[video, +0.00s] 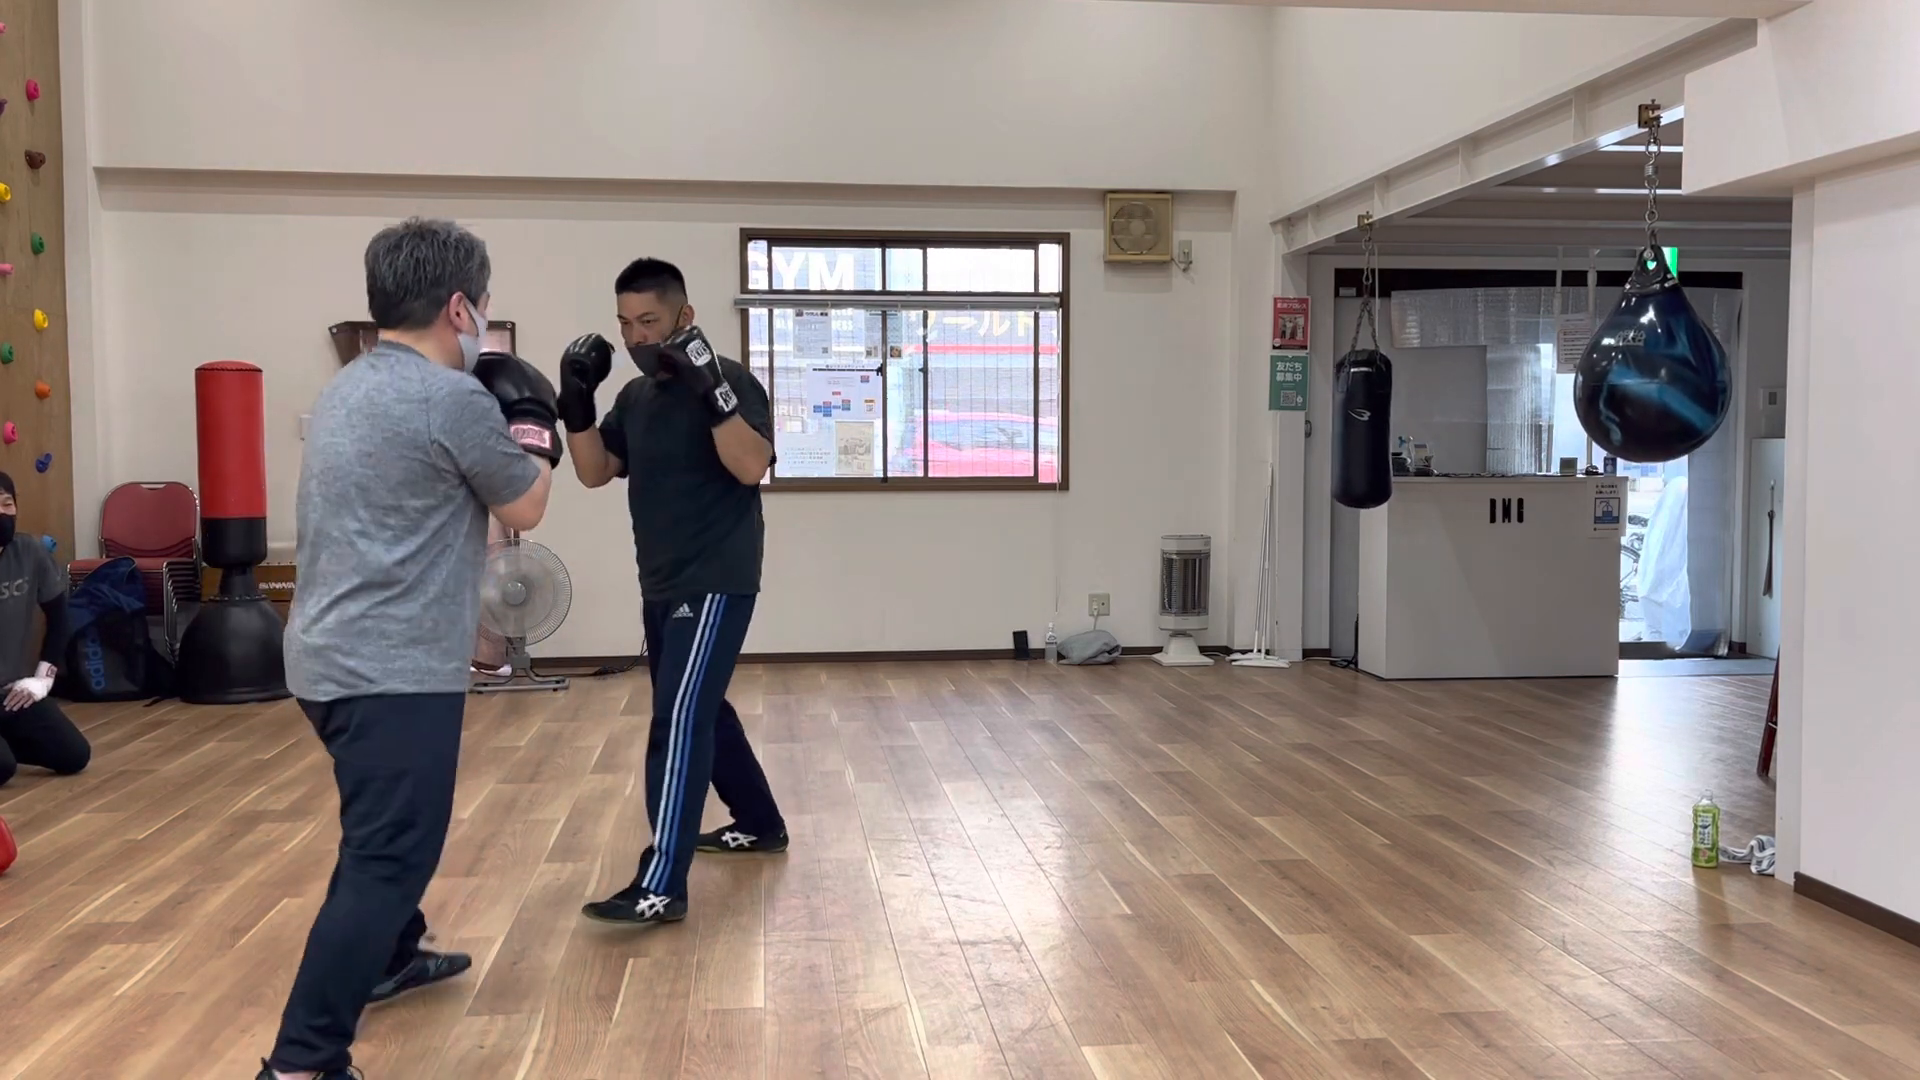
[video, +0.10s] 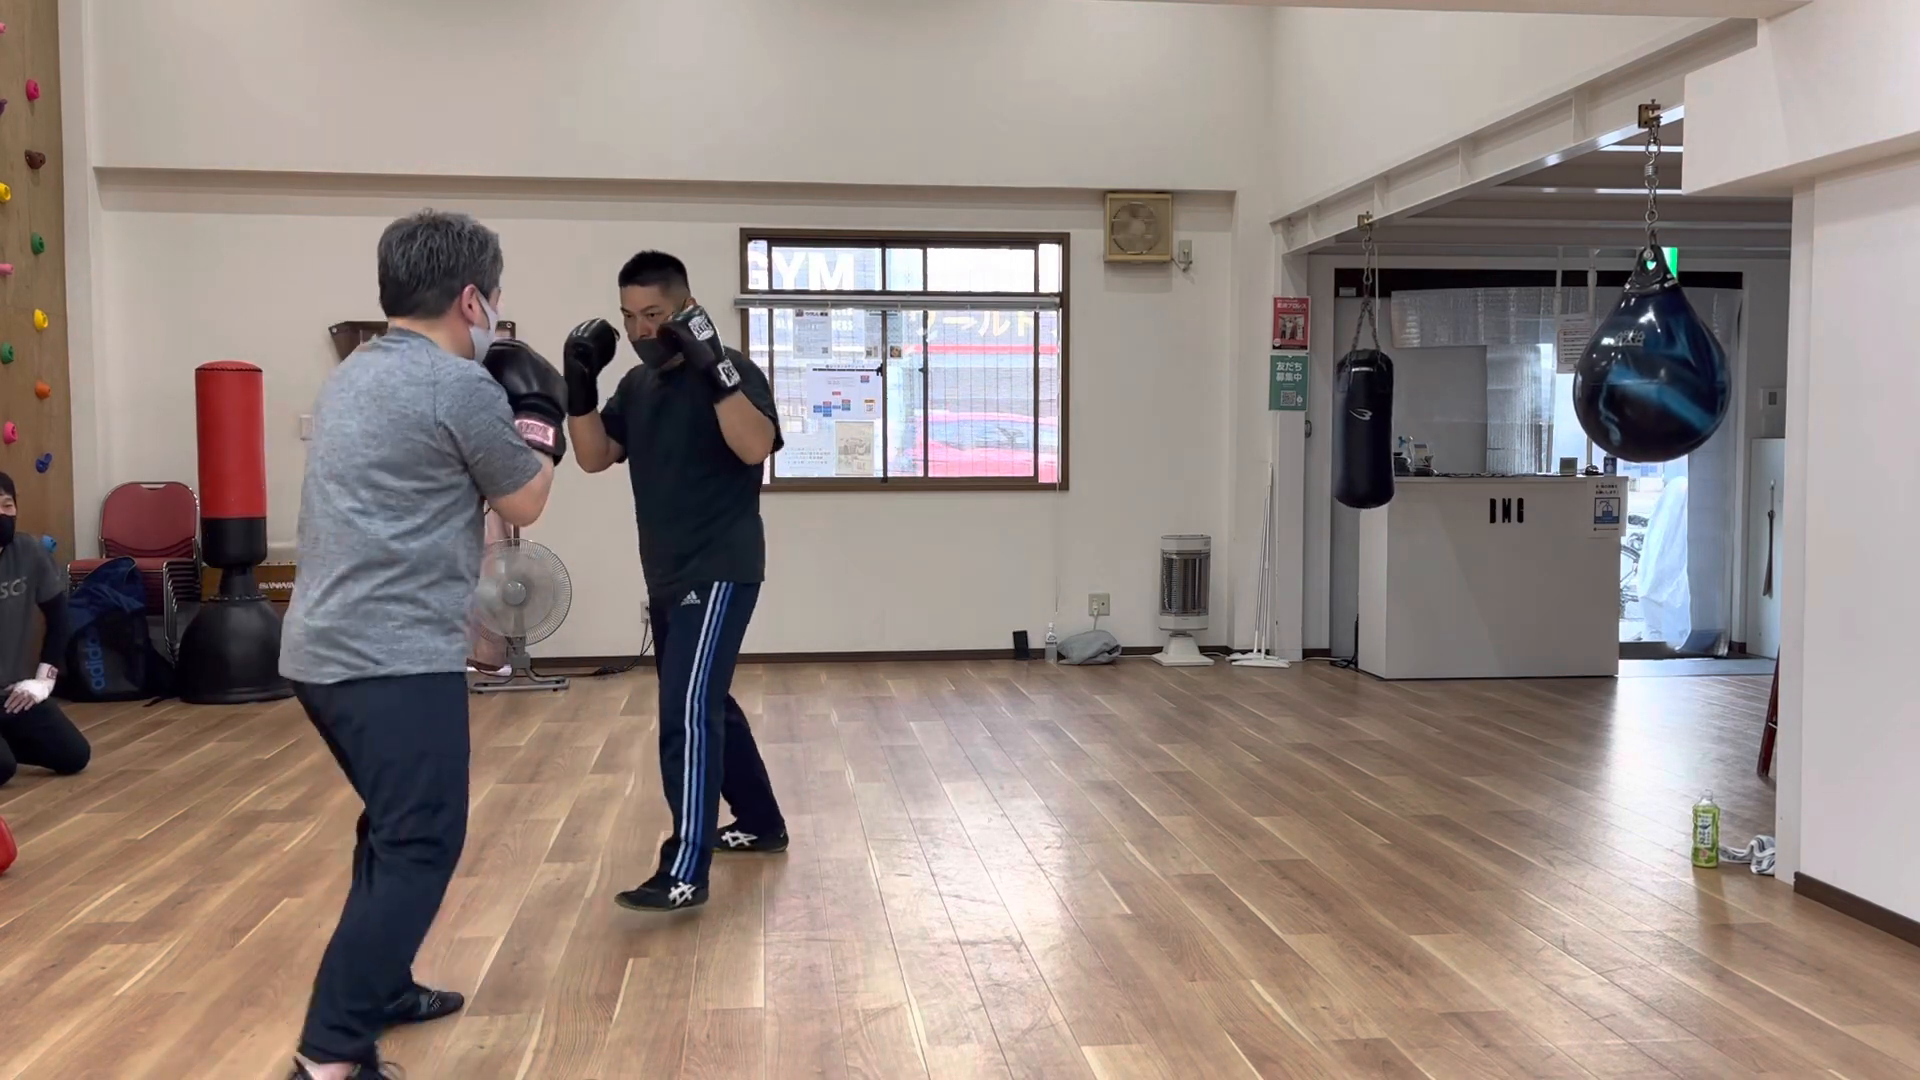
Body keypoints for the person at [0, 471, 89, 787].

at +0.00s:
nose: (5, 510)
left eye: (9, 502)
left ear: (16, 507)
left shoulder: (29, 551)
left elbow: (58, 613)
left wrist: (42, 678)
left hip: (13, 689)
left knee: (74, 756)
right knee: (2, 767)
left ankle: (2, 742)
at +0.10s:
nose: (5, 511)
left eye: (9, 503)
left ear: (16, 508)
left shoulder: (28, 551)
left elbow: (58, 613)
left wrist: (43, 679)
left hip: (13, 690)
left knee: (74, 756)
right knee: (3, 767)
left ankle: (2, 742)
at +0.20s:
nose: (6, 512)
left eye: (9, 504)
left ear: (16, 509)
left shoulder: (26, 550)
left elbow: (58, 614)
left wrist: (44, 679)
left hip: (12, 690)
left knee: (74, 756)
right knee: (3, 767)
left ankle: (3, 741)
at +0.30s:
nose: (6, 513)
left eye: (10, 505)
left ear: (17, 510)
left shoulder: (26, 551)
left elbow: (58, 610)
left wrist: (46, 678)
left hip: (13, 690)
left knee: (74, 756)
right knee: (3, 767)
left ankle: (3, 741)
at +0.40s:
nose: (7, 514)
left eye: (11, 507)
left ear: (19, 511)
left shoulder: (29, 553)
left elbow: (61, 612)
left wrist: (53, 679)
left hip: (13, 692)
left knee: (74, 756)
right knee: (3, 767)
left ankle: (1, 742)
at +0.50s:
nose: (6, 516)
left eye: (13, 508)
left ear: (22, 513)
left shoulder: (30, 553)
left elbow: (63, 612)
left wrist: (59, 680)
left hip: (15, 692)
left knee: (74, 756)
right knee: (3, 767)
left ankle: (2, 741)